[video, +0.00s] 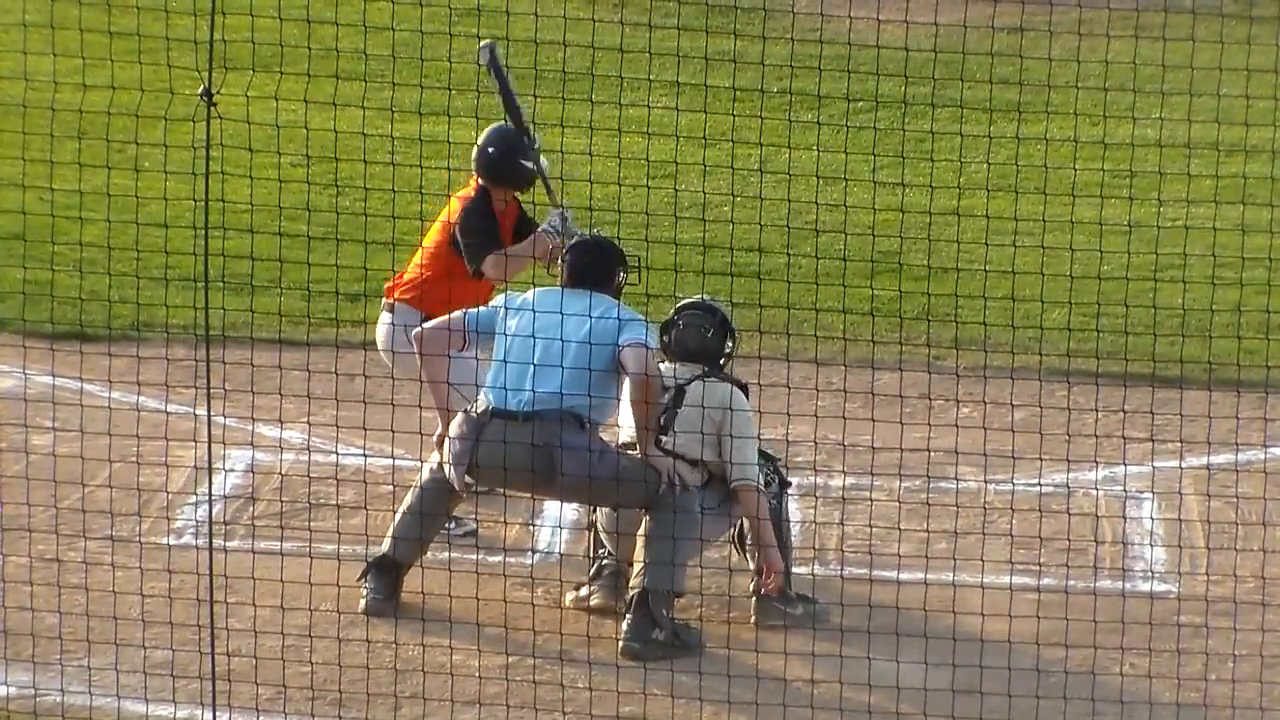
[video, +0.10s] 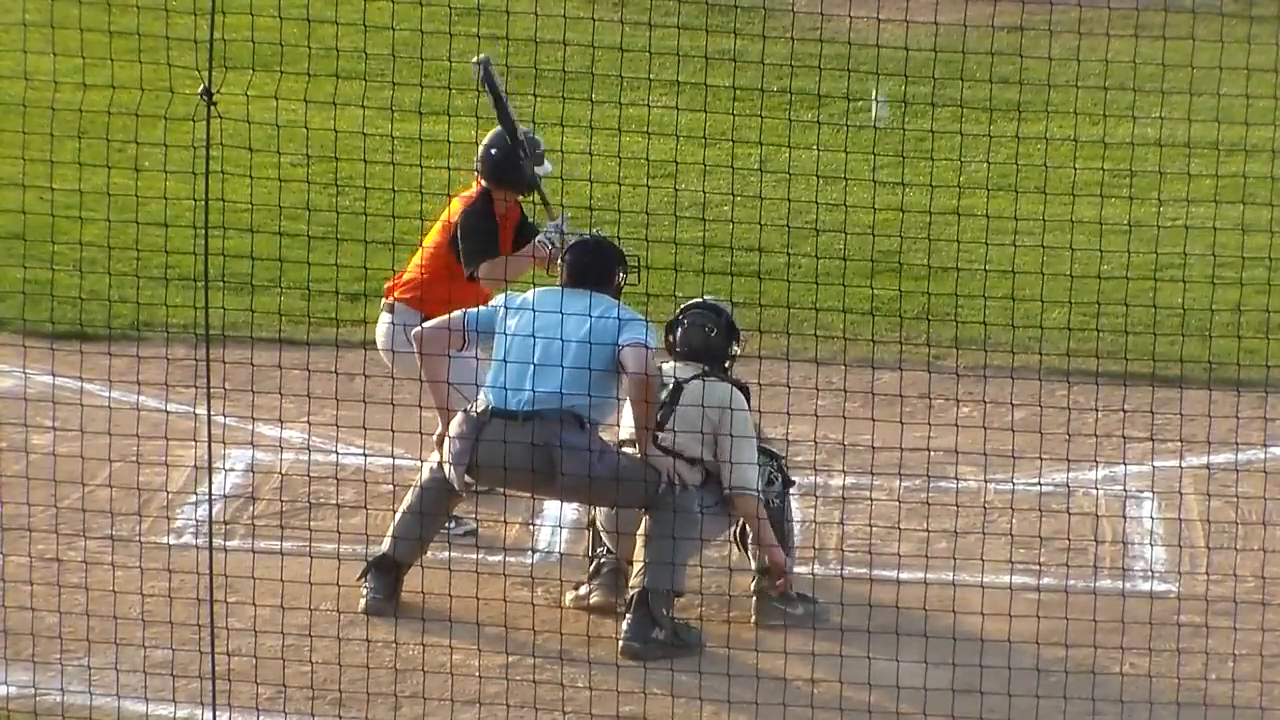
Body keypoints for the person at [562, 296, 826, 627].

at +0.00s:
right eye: (724, 342)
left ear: (666, 343)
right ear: (721, 349)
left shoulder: (639, 380)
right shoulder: (727, 396)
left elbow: (615, 444)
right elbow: (746, 481)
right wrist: (768, 548)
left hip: (630, 507)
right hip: (695, 513)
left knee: (620, 471)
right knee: (767, 477)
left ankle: (606, 579)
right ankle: (775, 594)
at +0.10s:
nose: (733, 351)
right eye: (731, 344)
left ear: (671, 342)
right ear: (722, 349)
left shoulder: (641, 378)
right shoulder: (726, 396)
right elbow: (742, 486)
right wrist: (770, 547)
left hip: (628, 505)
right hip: (694, 511)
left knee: (615, 470)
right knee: (770, 468)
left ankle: (607, 576)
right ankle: (776, 591)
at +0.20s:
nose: (745, 357)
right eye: (743, 349)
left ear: (688, 346)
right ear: (736, 354)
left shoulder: (665, 384)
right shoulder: (725, 398)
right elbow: (728, 495)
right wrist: (776, 545)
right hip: (686, 510)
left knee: (618, 469)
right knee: (768, 474)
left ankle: (607, 574)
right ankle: (775, 592)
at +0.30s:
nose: (772, 364)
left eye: (772, 354)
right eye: (768, 354)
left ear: (718, 350)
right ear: (751, 359)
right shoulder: (723, 397)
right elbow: (710, 495)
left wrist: (829, 497)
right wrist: (763, 514)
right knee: (767, 470)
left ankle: (612, 568)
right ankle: (773, 593)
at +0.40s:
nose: (786, 366)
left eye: (786, 357)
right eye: (781, 356)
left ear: (744, 349)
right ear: (756, 354)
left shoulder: (743, 382)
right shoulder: (718, 389)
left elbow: (824, 417)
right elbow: (682, 465)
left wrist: (893, 457)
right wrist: (751, 479)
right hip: (670, 515)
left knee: (716, 585)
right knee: (783, 459)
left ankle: (622, 577)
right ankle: (778, 594)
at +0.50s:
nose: (794, 358)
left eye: (795, 348)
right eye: (787, 348)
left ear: (749, 342)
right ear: (760, 350)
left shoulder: (745, 368)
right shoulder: (720, 393)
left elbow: (825, 358)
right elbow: (686, 464)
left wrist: (907, 363)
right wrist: (748, 454)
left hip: (681, 507)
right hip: (689, 519)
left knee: (731, 582)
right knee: (811, 472)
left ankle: (649, 576)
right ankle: (789, 593)